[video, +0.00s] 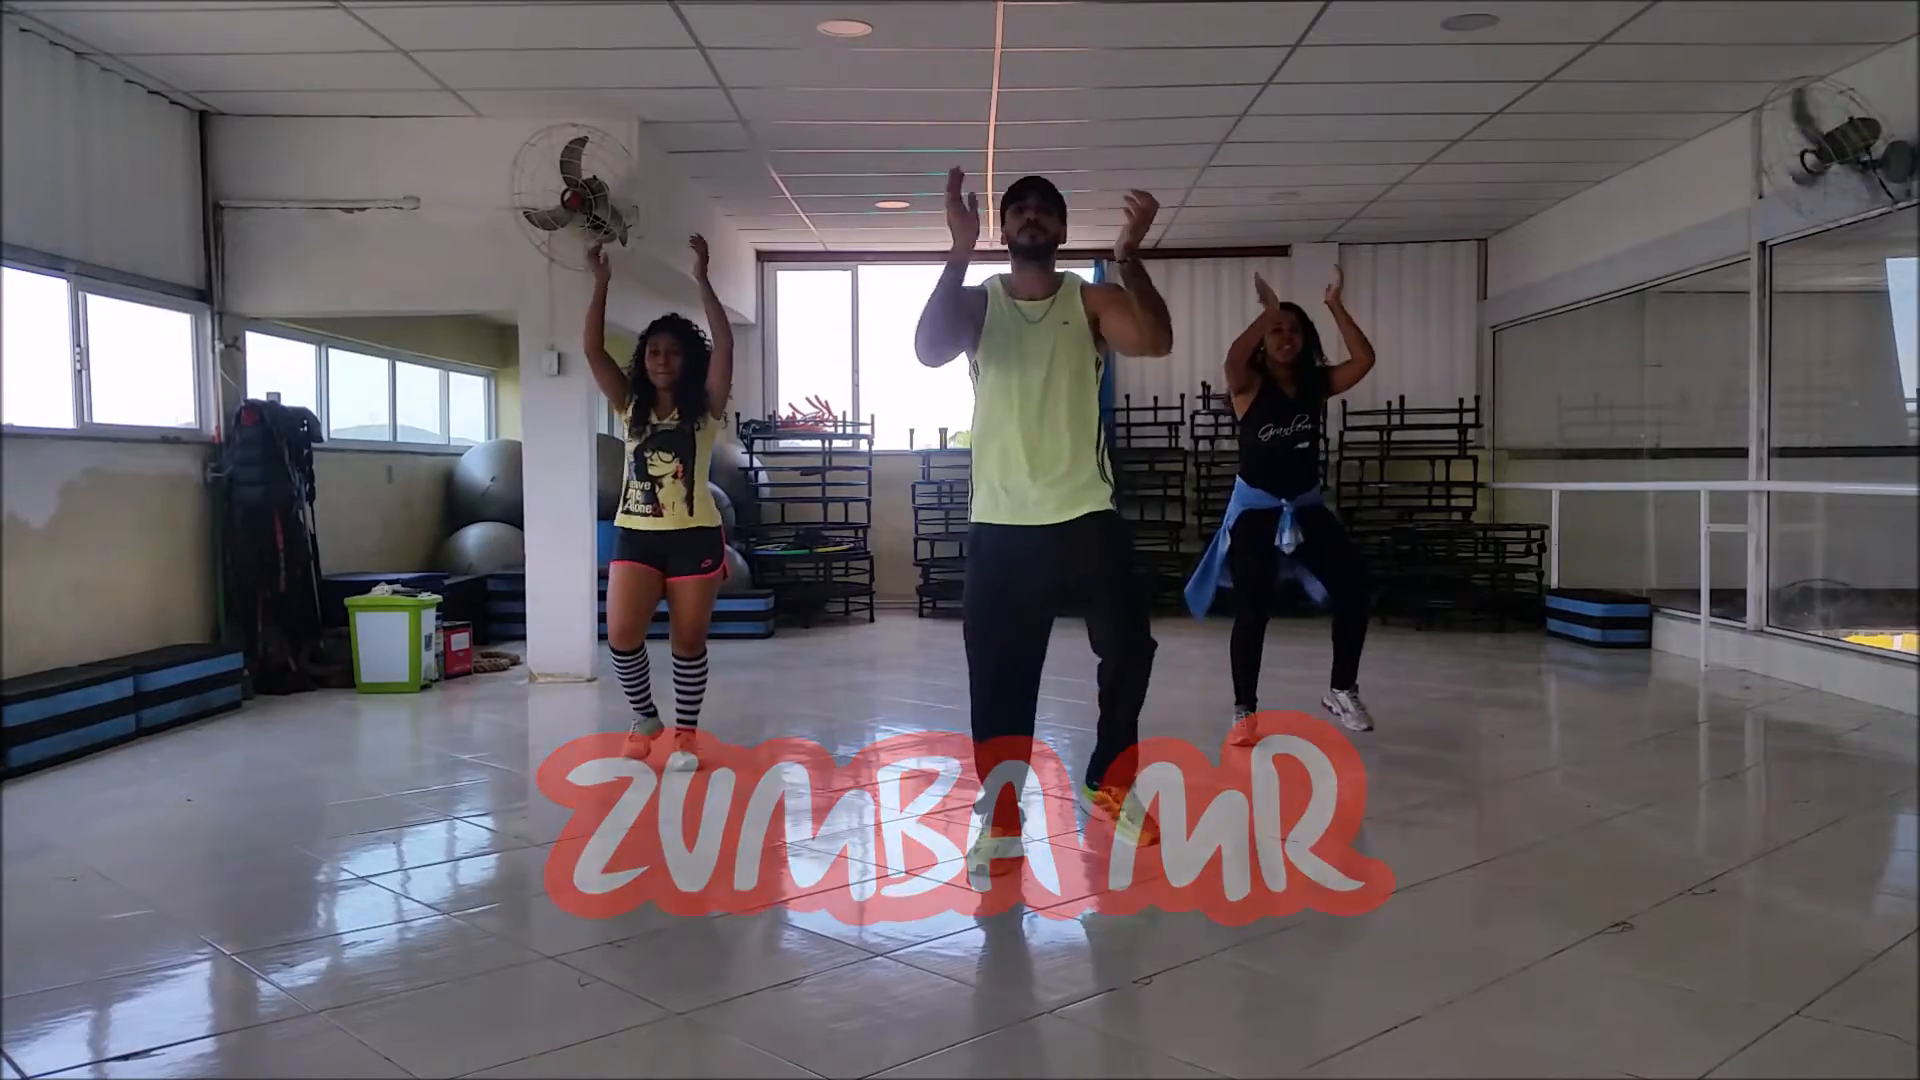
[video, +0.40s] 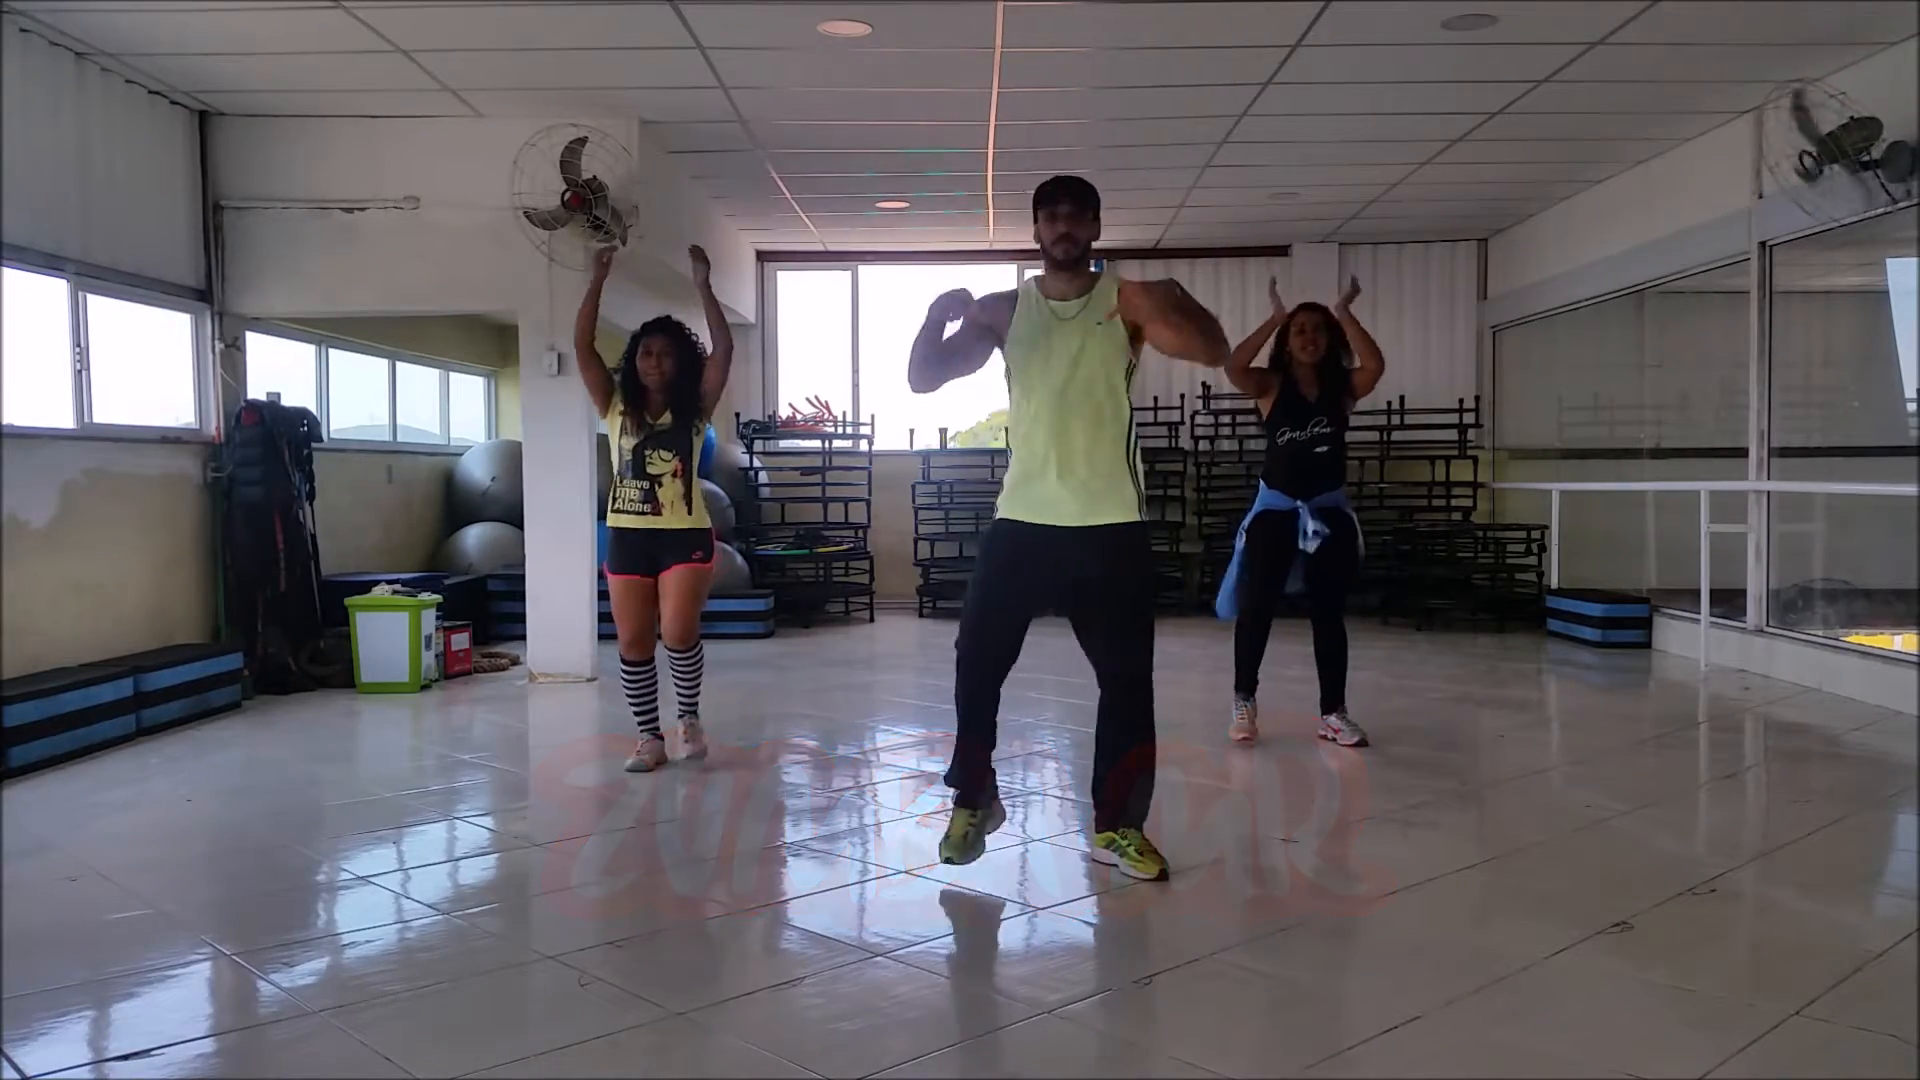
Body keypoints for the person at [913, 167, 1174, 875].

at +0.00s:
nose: (1032, 219)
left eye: (1045, 212)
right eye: (1019, 211)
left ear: (1064, 231)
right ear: (1002, 228)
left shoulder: (1089, 296)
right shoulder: (977, 300)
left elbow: (1155, 339)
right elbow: (931, 348)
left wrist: (1129, 258)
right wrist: (961, 248)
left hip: (1087, 517)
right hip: (1002, 522)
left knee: (1129, 647)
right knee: (999, 682)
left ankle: (1108, 785)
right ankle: (1000, 817)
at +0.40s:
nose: (1066, 228)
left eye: (1079, 216)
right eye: (1053, 217)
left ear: (1098, 226)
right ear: (1035, 229)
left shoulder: (1129, 300)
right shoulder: (1004, 309)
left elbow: (1211, 350)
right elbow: (922, 378)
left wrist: (1179, 300)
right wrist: (937, 315)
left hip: (1109, 525)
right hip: (1021, 523)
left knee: (1127, 680)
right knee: (977, 663)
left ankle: (1118, 825)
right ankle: (973, 801)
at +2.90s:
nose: (1043, 313)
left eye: (1056, 302)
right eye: (1031, 301)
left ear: (1073, 311)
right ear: (1012, 308)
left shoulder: (1101, 388)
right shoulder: (970, 401)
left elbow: (1139, 475)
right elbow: (935, 495)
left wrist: (1159, 526)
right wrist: (935, 582)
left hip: (1099, 583)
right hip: (1005, 590)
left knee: (1172, 707)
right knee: (950, 720)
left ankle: (1180, 833)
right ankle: (892, 838)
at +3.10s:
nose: (1041, 293)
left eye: (1054, 284)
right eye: (1029, 281)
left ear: (1069, 295)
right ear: (1009, 288)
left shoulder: (1085, 377)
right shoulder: (959, 372)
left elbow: (1132, 478)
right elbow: (908, 456)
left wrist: (1170, 567)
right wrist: (943, 485)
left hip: (1100, 575)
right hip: (1009, 586)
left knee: (1169, 712)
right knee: (959, 718)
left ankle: (1182, 834)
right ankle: (893, 838)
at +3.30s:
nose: (1029, 275)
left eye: (1042, 265)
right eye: (1017, 264)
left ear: (1061, 276)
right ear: (999, 275)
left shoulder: (1097, 353)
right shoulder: (968, 362)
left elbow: (1125, 446)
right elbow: (936, 451)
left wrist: (1121, 513)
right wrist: (908, 478)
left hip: (1079, 565)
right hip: (984, 564)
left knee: (1145, 697)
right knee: (934, 700)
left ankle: (1179, 830)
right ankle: (888, 833)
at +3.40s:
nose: (1028, 286)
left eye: (1040, 274)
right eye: (1015, 275)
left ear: (1059, 284)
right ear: (998, 288)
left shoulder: (1104, 352)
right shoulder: (975, 386)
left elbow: (1135, 443)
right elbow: (936, 488)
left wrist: (1129, 484)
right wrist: (881, 554)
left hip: (1073, 575)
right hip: (982, 573)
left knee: (1144, 707)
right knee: (930, 704)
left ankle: (1177, 834)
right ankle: (887, 834)